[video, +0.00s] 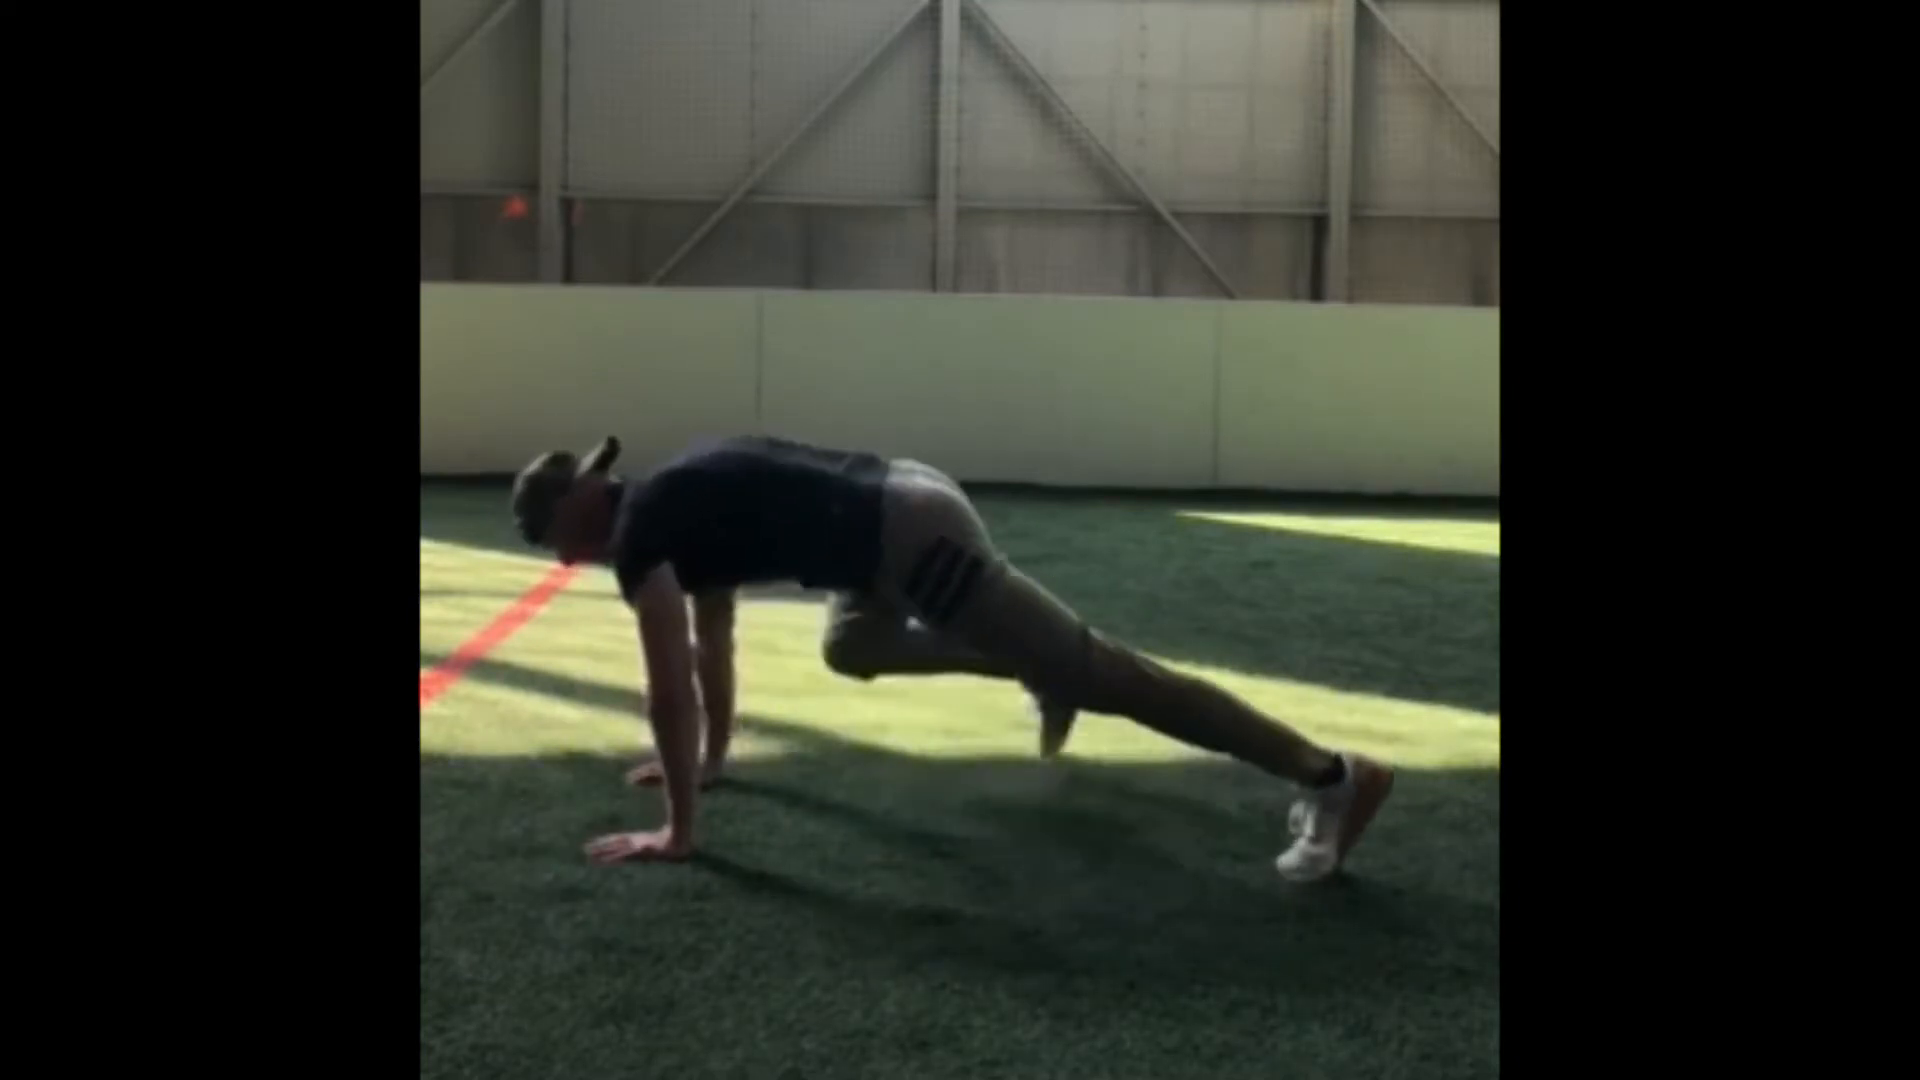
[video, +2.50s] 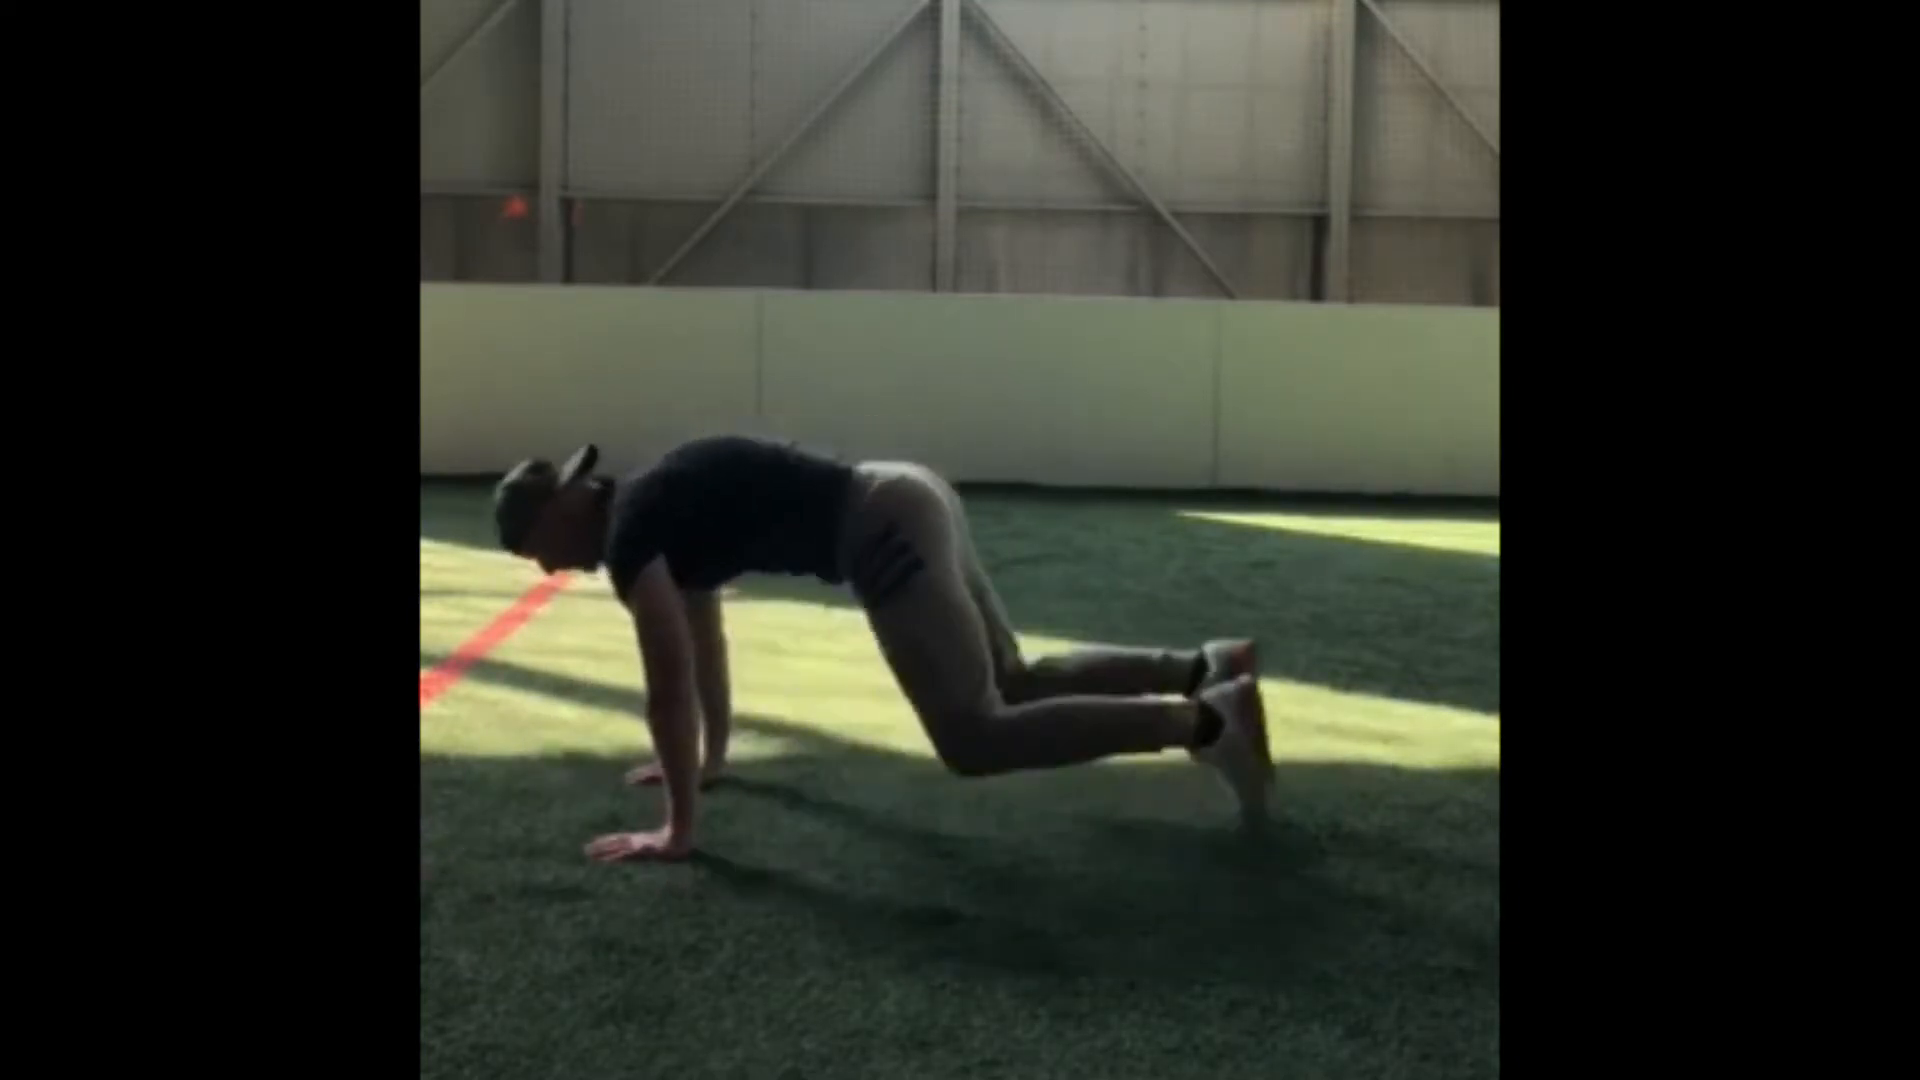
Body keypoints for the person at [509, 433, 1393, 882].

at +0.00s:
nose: (572, 565)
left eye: (564, 549)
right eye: (561, 553)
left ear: (583, 513)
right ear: (600, 491)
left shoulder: (642, 535)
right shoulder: (682, 499)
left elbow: (671, 693)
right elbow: (713, 652)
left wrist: (677, 829)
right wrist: (708, 756)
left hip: (914, 534)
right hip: (907, 502)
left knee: (1108, 675)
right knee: (853, 649)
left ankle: (1334, 777)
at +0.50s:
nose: (579, 562)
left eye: (569, 547)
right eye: (568, 552)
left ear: (589, 512)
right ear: (607, 494)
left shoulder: (654, 523)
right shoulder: (683, 502)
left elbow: (678, 678)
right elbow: (717, 657)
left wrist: (678, 827)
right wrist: (694, 765)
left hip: (887, 537)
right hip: (935, 529)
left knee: (714, 635)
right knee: (1077, 675)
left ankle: (878, 814)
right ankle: (1299, 734)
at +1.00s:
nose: (575, 559)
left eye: (566, 542)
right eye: (564, 550)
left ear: (589, 505)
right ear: (602, 498)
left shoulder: (653, 520)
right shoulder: (680, 505)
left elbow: (672, 682)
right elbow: (708, 659)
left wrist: (675, 828)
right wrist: (698, 781)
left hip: (883, 545)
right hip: (930, 546)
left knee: (685, 619)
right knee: (1072, 701)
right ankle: (1295, 742)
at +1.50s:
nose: (576, 587)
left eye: (564, 572)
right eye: (562, 577)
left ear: (579, 524)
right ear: (592, 506)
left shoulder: (641, 537)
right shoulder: (676, 510)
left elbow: (669, 688)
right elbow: (723, 664)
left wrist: (680, 824)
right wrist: (714, 759)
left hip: (914, 586)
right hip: (928, 558)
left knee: (1065, 741)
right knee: (1077, 703)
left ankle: (1300, 772)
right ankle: (1291, 740)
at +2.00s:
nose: (558, 556)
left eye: (546, 539)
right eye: (544, 549)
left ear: (558, 502)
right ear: (569, 484)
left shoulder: (625, 525)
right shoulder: (657, 491)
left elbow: (659, 684)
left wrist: (674, 828)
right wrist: (705, 751)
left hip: (862, 563)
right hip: (890, 535)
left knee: (657, 624)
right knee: (737, 583)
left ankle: (791, 827)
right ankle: (819, 732)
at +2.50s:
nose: (554, 570)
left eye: (547, 554)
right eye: (542, 560)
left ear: (569, 511)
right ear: (581, 494)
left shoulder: (636, 541)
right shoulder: (661, 502)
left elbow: (669, 687)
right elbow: (703, 652)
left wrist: (676, 830)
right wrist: (707, 755)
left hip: (885, 530)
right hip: (907, 497)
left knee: (974, 742)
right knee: (1011, 681)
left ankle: (1202, 722)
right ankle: (1201, 670)